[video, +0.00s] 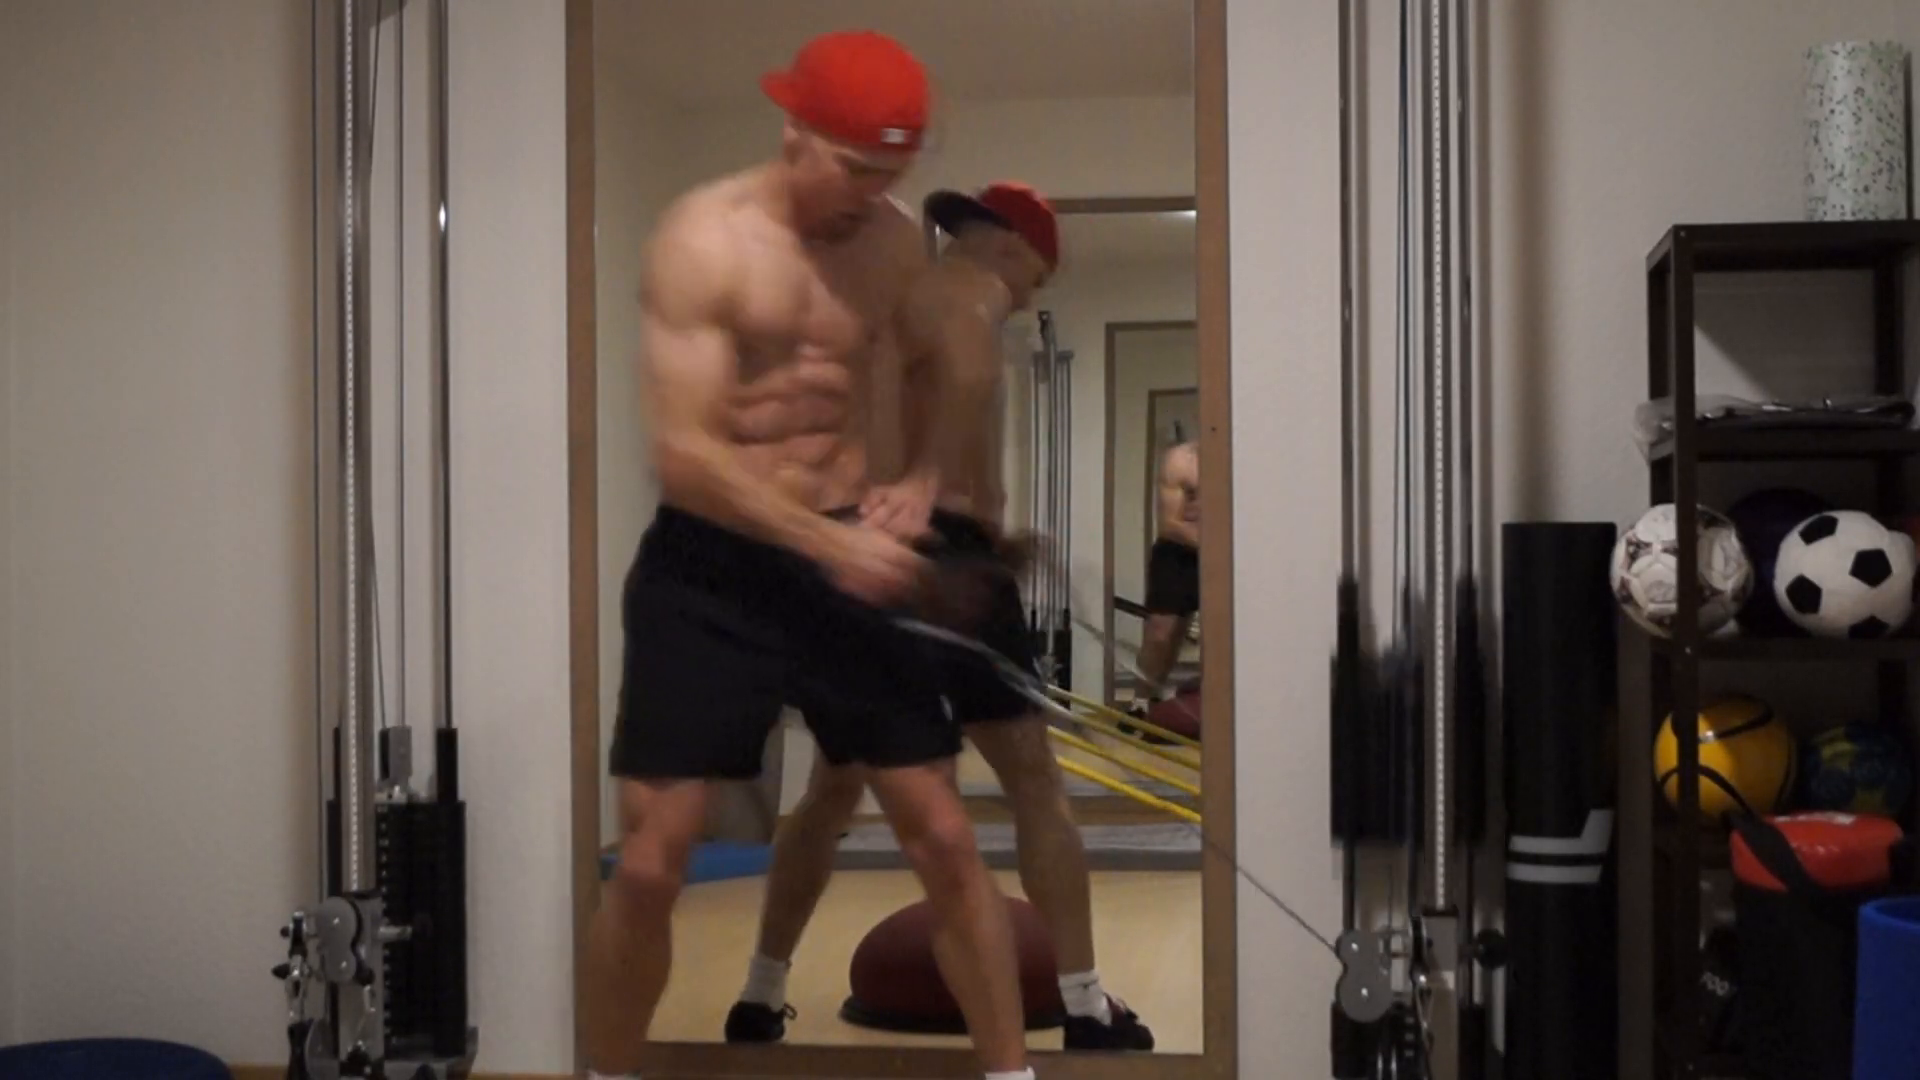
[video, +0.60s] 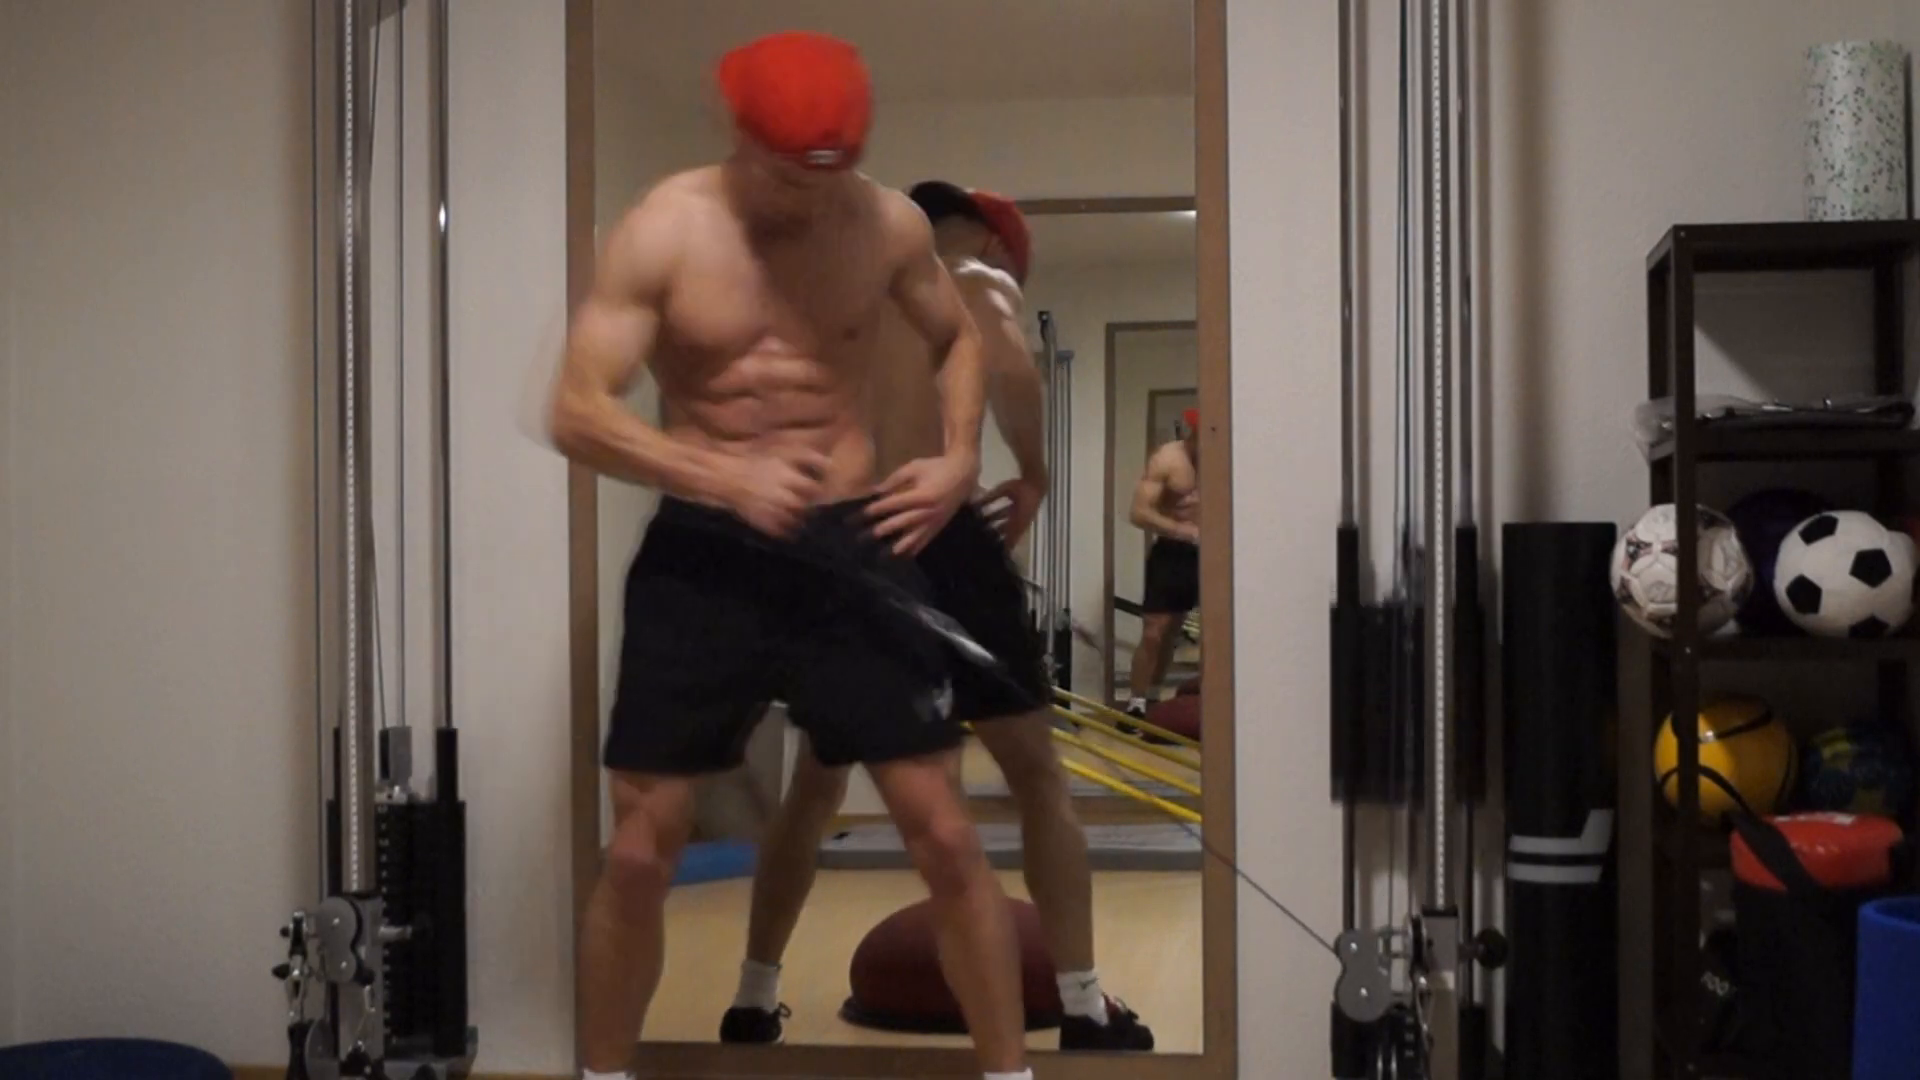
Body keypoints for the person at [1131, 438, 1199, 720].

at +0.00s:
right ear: (1208, 427)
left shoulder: (1231, 460)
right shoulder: (1181, 458)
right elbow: (1170, 523)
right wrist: (1209, 542)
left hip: (1210, 552)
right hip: (1178, 550)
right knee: (1162, 634)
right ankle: (1142, 699)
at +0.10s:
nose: (1209, 440)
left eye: (1214, 433)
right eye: (1206, 431)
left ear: (1219, 435)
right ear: (1194, 429)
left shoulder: (1218, 462)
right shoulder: (1163, 458)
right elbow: (1129, 505)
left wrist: (1208, 518)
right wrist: (1164, 529)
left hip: (1199, 551)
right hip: (1168, 548)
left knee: (1171, 629)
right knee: (1154, 630)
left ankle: (1153, 696)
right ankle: (1138, 701)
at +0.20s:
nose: (1189, 450)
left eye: (1194, 445)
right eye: (1186, 443)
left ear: (1202, 444)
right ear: (1175, 438)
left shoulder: (1205, 464)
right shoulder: (1152, 459)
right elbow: (1110, 486)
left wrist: (1210, 525)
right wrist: (1129, 509)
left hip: (1195, 552)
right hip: (1161, 549)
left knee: (1163, 631)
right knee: (1145, 630)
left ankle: (1151, 694)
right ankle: (1136, 700)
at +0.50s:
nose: (1187, 452)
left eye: (1193, 447)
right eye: (1183, 445)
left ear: (1200, 443)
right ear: (1173, 438)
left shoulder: (1206, 463)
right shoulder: (1153, 459)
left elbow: (1231, 503)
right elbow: (1113, 497)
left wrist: (1208, 517)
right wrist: (1146, 515)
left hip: (1195, 550)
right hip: (1160, 548)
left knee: (1163, 632)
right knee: (1146, 630)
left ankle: (1147, 695)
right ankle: (1135, 701)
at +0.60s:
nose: (1207, 440)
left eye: (1210, 434)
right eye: (1204, 433)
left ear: (1207, 434)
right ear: (1191, 430)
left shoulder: (1212, 461)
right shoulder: (1167, 459)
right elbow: (1140, 511)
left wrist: (1209, 523)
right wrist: (1182, 529)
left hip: (1197, 552)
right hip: (1170, 551)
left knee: (1171, 631)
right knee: (1154, 632)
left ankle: (1150, 696)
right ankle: (1136, 702)